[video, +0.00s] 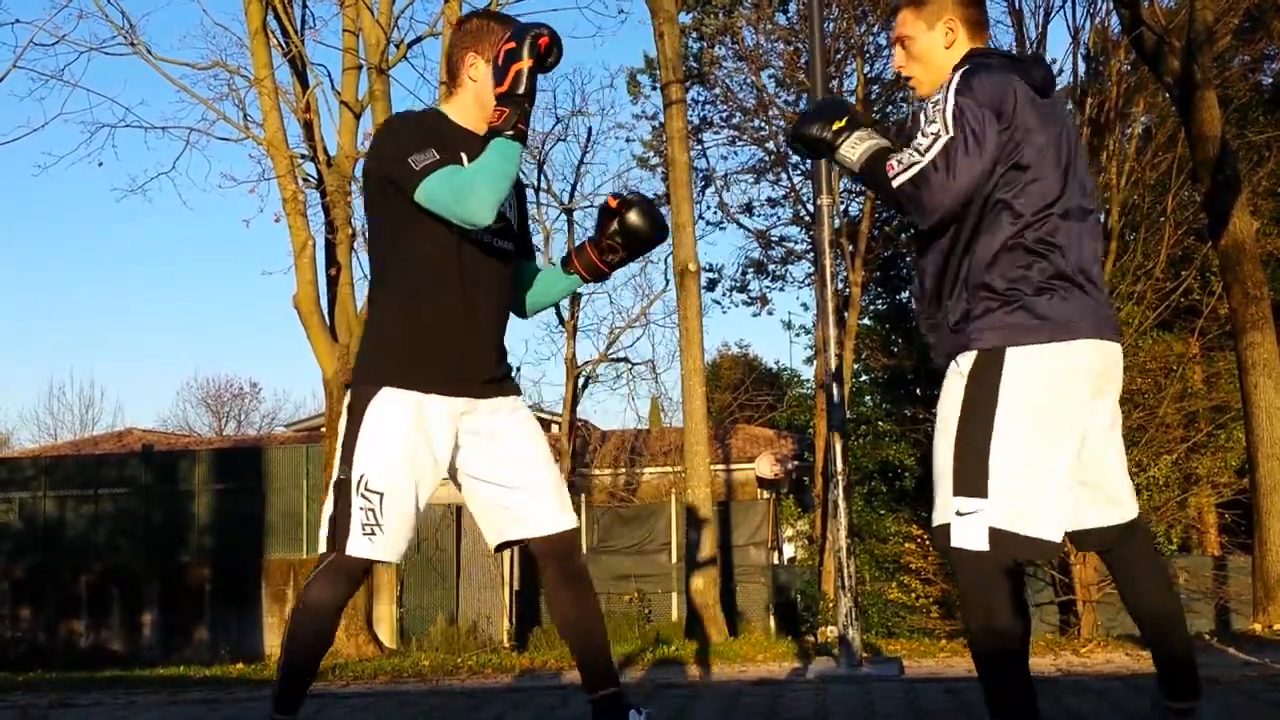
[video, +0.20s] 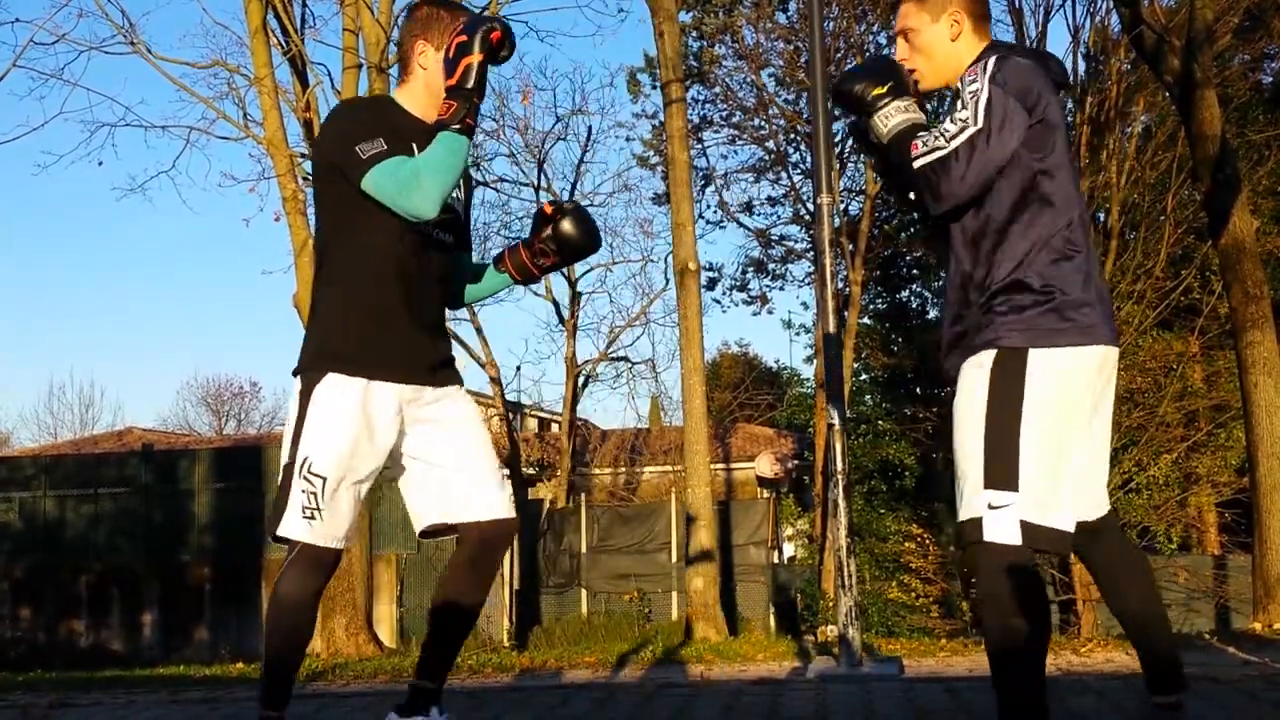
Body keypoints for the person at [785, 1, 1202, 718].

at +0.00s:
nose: (895, 61)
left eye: (904, 43)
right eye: (894, 45)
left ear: (953, 35)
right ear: (958, 34)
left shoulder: (977, 88)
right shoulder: (1045, 98)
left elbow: (928, 190)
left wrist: (847, 139)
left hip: (1011, 340)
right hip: (1085, 333)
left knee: (970, 535)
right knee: (1110, 518)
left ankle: (1012, 717)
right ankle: (1183, 692)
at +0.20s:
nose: (898, 54)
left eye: (906, 34)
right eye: (897, 38)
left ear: (955, 27)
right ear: (959, 28)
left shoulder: (1000, 77)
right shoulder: (1009, 81)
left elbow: (944, 184)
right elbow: (935, 191)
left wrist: (894, 109)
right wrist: (891, 125)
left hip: (1021, 335)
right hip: (1072, 330)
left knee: (989, 539)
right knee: (1085, 517)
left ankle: (1021, 718)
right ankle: (1170, 689)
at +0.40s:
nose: (917, 62)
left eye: (925, 42)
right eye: (914, 46)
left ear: (974, 33)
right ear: (971, 35)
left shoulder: (1014, 89)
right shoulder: (1021, 90)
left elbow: (944, 184)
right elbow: (952, 190)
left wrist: (873, 133)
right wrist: (904, 128)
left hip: (1019, 346)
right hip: (1066, 342)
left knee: (960, 530)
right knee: (1088, 528)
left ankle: (1003, 716)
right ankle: (1157, 703)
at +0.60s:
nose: (898, 71)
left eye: (905, 52)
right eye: (896, 56)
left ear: (953, 41)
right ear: (954, 45)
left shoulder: (989, 93)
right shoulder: (1002, 99)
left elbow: (913, 185)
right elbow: (918, 198)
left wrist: (850, 125)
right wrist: (852, 130)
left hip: (985, 347)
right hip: (1039, 344)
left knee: (914, 530)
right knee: (1061, 529)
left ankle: (868, 717)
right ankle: (1151, 703)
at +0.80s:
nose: (821, 88)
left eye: (831, 71)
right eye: (822, 72)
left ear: (879, 68)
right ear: (889, 73)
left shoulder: (902, 121)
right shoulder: (943, 125)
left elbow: (905, 247)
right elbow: (922, 249)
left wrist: (829, 227)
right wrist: (835, 217)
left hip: (907, 369)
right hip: (978, 371)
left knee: (810, 543)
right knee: (1021, 537)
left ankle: (805, 718)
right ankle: (1135, 698)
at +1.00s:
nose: (763, 75)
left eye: (770, 57)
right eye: (762, 60)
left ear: (813, 49)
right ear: (829, 50)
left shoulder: (833, 105)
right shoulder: (894, 110)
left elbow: (750, 199)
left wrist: (701, 143)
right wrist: (724, 146)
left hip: (874, 352)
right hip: (949, 345)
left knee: (816, 533)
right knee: (946, 515)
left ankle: (802, 717)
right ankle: (1035, 695)